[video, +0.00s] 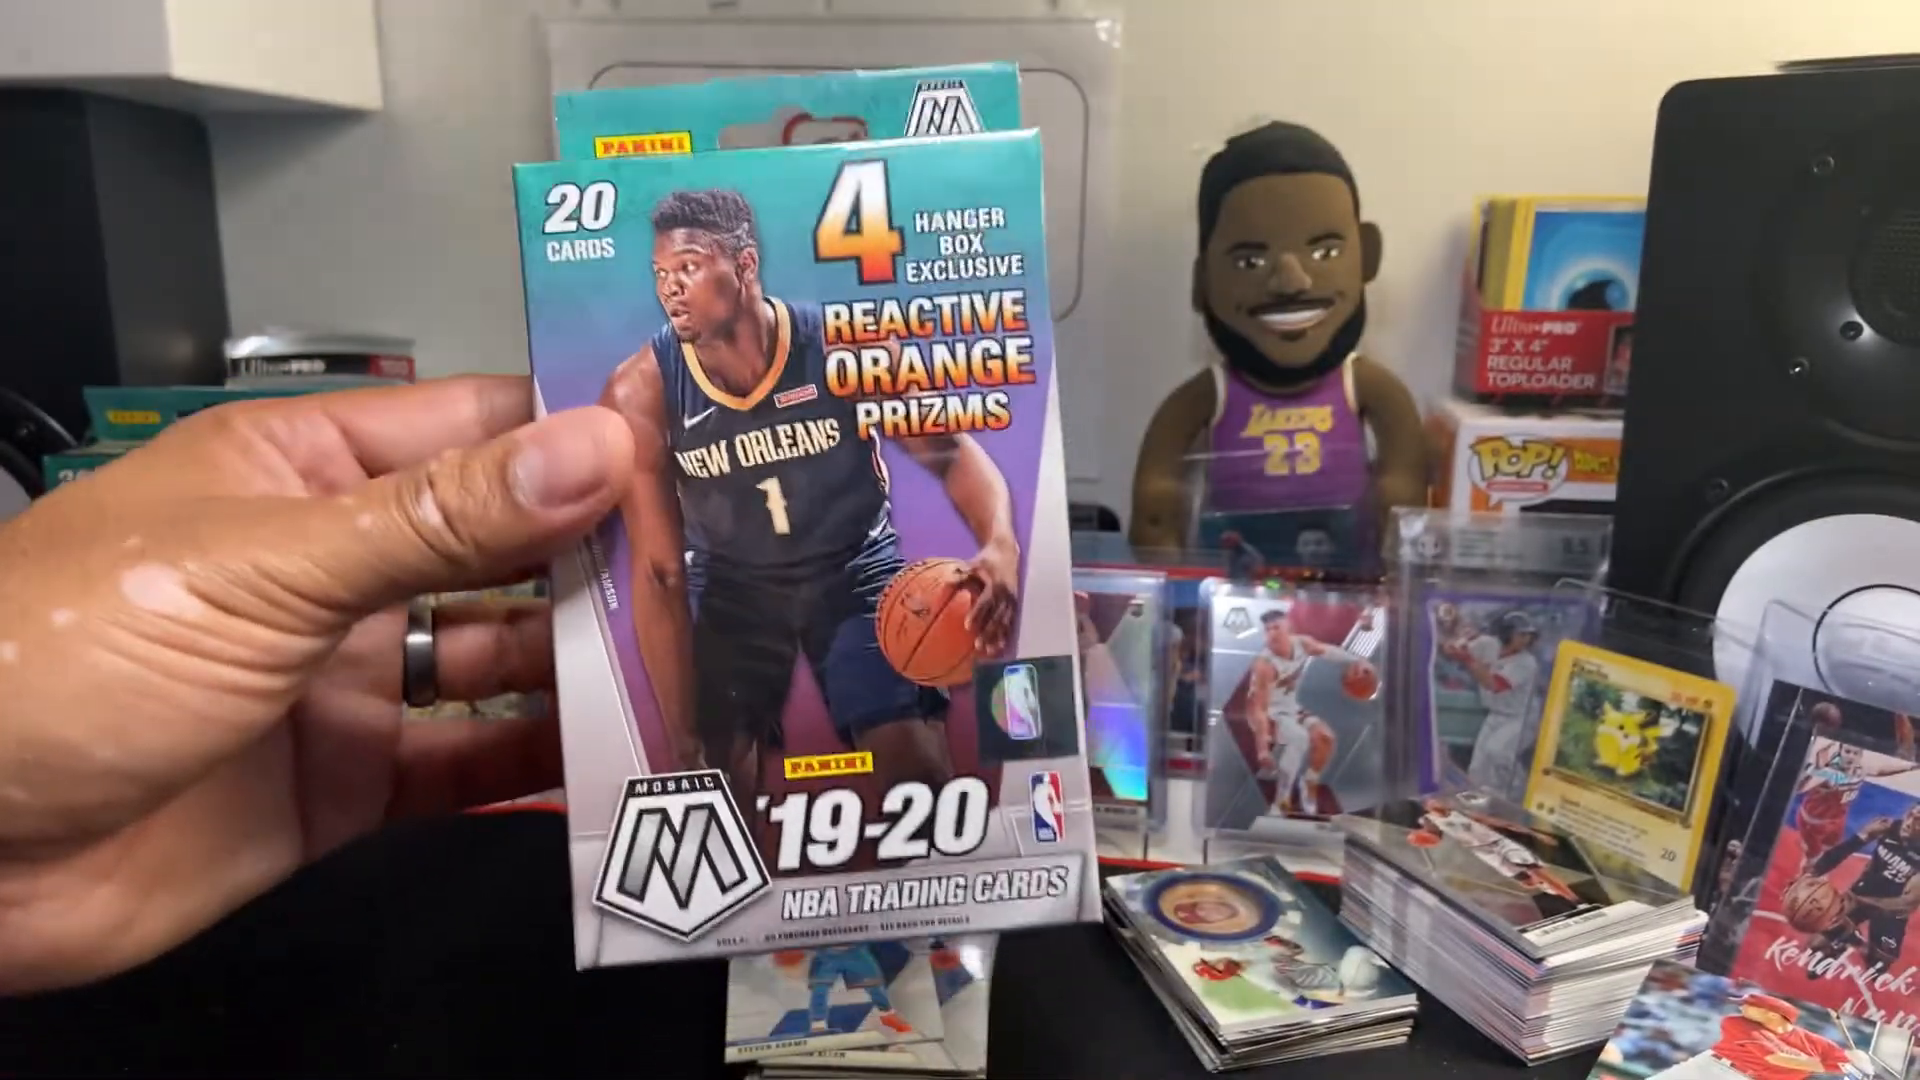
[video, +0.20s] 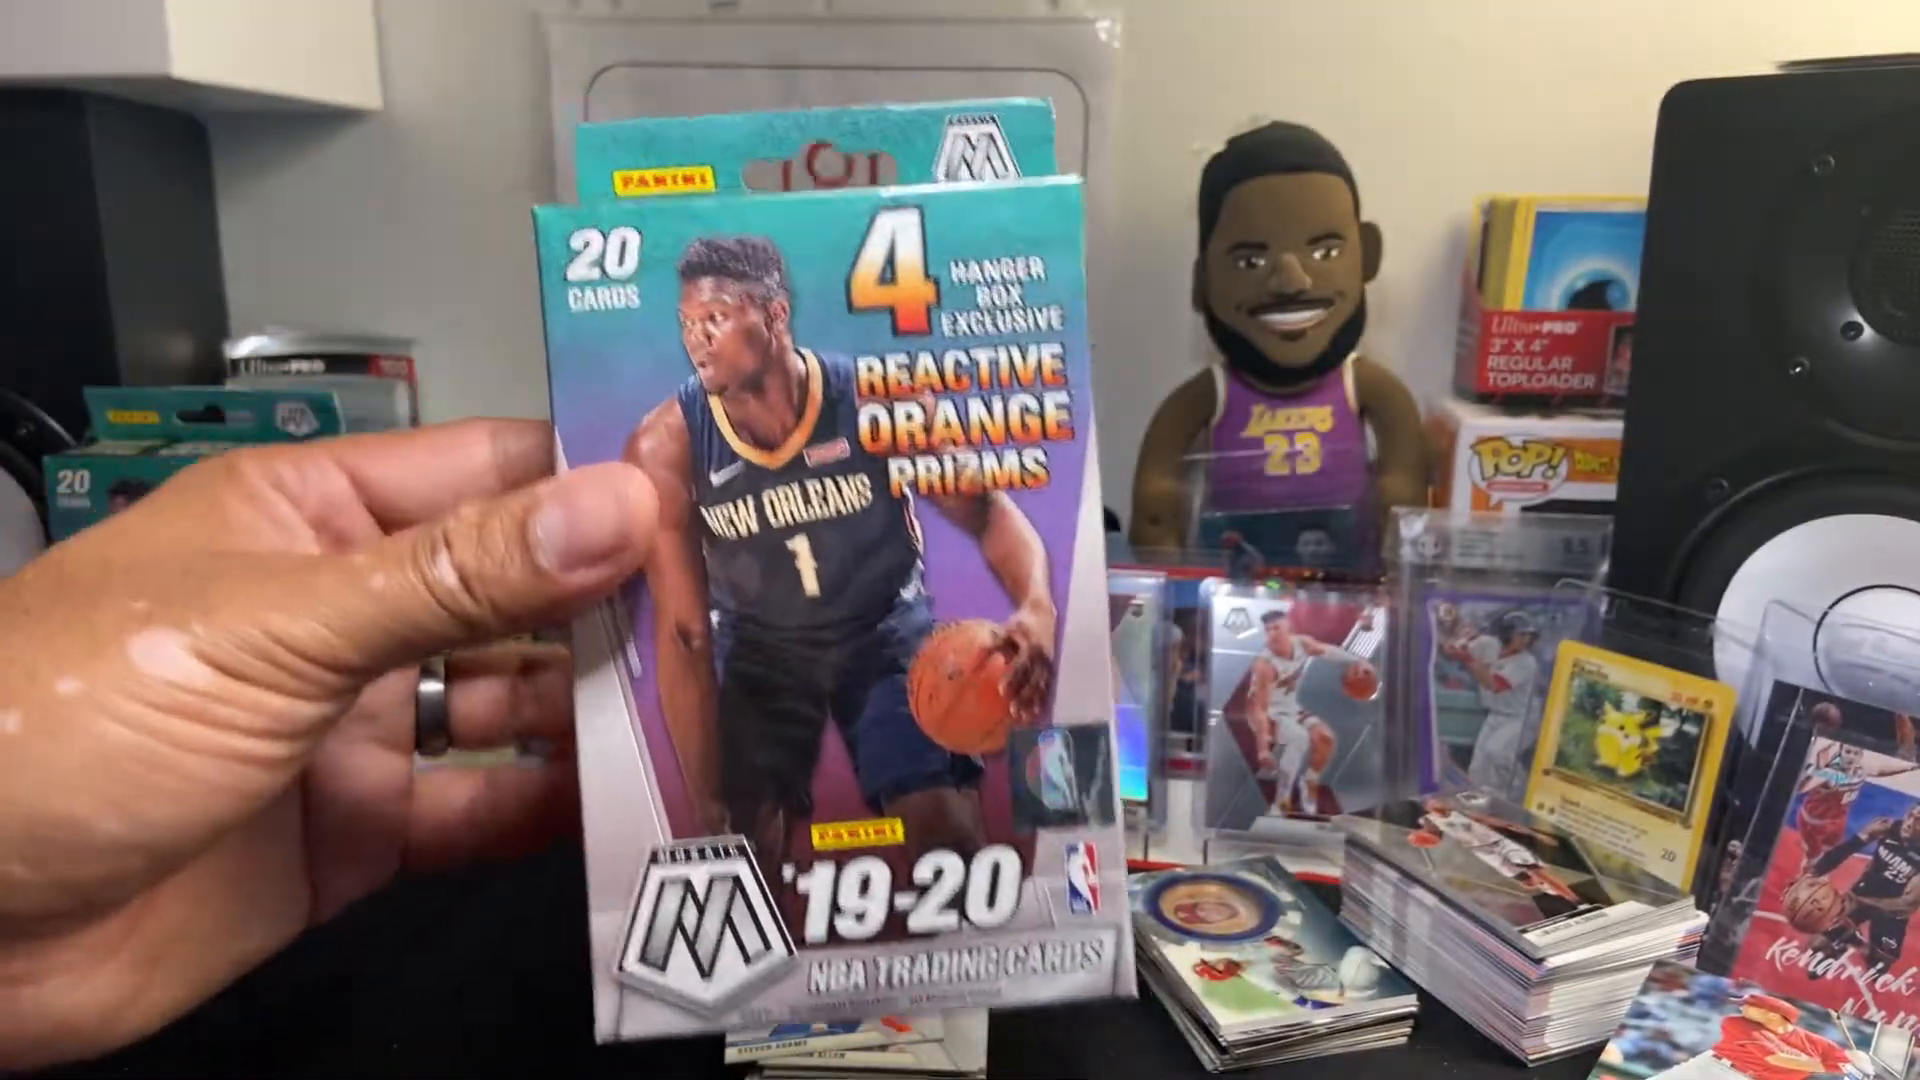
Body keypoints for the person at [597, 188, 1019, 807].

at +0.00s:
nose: (670, 290)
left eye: (689, 268)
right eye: (661, 273)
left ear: (746, 266)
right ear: (654, 282)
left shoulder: (840, 348)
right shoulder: (643, 391)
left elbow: (950, 453)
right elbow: (658, 574)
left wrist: (1001, 544)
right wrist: (682, 741)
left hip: (855, 573)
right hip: (736, 587)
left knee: (906, 752)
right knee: (721, 773)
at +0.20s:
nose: (696, 341)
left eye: (715, 320)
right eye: (687, 324)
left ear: (775, 316)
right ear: (680, 330)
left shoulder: (872, 401)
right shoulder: (667, 445)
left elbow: (986, 513)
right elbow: (682, 634)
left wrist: (1037, 606)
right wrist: (703, 799)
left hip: (885, 635)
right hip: (764, 649)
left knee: (943, 826)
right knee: (745, 848)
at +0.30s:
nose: (721, 361)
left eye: (741, 339)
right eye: (712, 345)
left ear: (803, 336)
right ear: (703, 353)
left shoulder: (902, 427)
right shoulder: (689, 468)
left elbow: (1015, 543)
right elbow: (702, 662)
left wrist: (1065, 637)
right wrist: (720, 842)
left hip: (911, 668)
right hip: (783, 682)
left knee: (965, 869)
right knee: (768, 887)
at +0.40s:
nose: (746, 358)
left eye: (768, 335)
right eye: (738, 341)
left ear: (831, 335)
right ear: (729, 351)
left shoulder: (932, 427)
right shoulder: (713, 469)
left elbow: (1047, 547)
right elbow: (723, 666)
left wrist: (1099, 646)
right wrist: (741, 850)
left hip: (940, 674)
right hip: (807, 688)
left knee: (994, 889)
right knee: (786, 901)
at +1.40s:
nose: (816, 251)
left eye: (838, 229)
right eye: (808, 234)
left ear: (902, 229)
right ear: (800, 245)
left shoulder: (1001, 321)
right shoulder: (778, 359)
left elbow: (1119, 447)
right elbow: (779, 566)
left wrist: (1173, 553)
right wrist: (788, 747)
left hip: (1006, 576)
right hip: (865, 584)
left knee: (1053, 803)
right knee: (829, 792)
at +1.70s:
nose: (779, 345)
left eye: (799, 320)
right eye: (769, 326)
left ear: (863, 320)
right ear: (762, 335)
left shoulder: (968, 404)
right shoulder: (752, 457)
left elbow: (1090, 521)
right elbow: (774, 651)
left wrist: (1145, 618)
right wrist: (800, 826)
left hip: (988, 654)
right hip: (862, 672)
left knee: (1054, 851)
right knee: (843, 871)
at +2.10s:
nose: (878, 572)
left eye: (896, 553)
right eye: (862, 555)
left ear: (947, 555)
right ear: (836, 567)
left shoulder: (1034, 641)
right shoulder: (808, 663)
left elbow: (1155, 717)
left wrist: (1171, 782)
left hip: (1017, 915)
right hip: (864, 919)